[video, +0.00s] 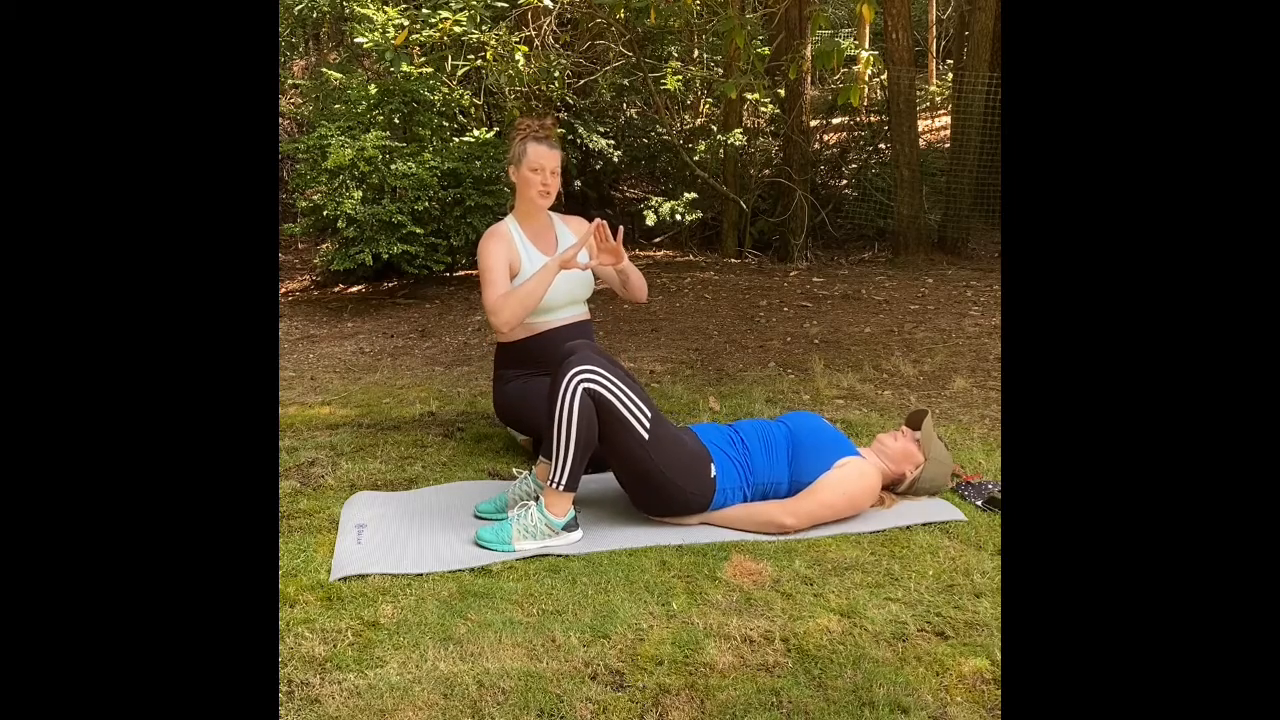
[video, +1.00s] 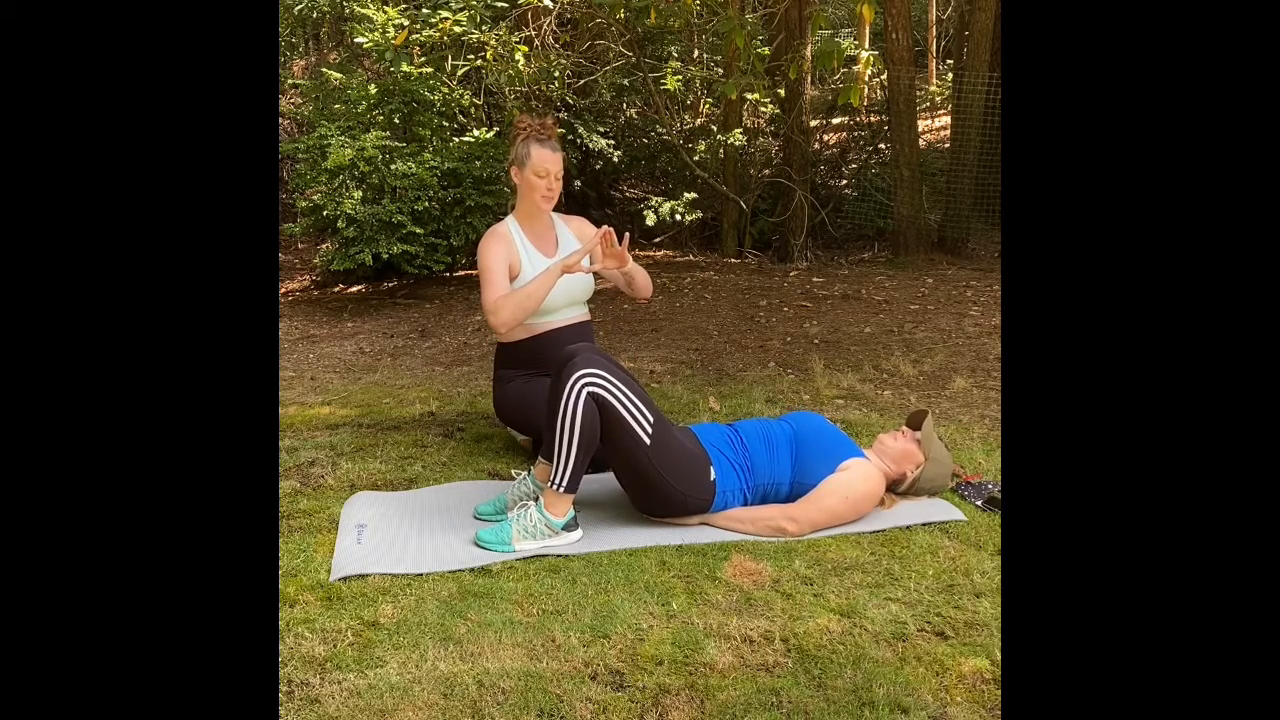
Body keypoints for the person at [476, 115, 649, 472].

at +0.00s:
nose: (548, 182)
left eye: (554, 173)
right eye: (537, 171)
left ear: (561, 178)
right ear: (513, 174)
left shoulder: (577, 229)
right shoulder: (497, 241)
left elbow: (638, 296)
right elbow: (502, 321)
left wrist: (623, 267)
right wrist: (554, 264)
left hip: (584, 363)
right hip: (523, 376)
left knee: (639, 438)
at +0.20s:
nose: (548, 182)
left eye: (556, 173)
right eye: (538, 170)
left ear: (562, 178)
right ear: (514, 173)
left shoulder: (578, 229)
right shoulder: (498, 241)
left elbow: (638, 296)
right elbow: (501, 321)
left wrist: (624, 270)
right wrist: (555, 266)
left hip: (584, 364)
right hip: (523, 377)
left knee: (639, 441)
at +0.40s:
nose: (549, 182)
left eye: (556, 173)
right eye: (539, 171)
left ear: (563, 177)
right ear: (515, 173)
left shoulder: (579, 229)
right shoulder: (498, 242)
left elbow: (640, 295)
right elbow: (502, 321)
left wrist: (625, 268)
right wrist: (556, 266)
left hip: (584, 364)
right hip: (523, 377)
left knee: (636, 441)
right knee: (596, 442)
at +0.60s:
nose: (549, 182)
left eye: (556, 173)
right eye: (538, 172)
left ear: (563, 177)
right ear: (515, 174)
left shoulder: (579, 229)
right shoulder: (498, 242)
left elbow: (641, 294)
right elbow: (502, 321)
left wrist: (626, 269)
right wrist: (555, 267)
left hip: (584, 364)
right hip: (523, 377)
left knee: (640, 438)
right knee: (602, 446)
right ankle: (541, 450)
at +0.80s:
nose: (551, 185)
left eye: (557, 176)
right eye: (541, 175)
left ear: (563, 178)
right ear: (515, 175)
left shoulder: (579, 229)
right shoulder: (498, 243)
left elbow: (642, 293)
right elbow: (501, 321)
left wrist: (626, 268)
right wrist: (556, 267)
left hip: (584, 364)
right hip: (523, 377)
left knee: (640, 439)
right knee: (601, 445)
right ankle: (541, 450)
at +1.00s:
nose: (552, 186)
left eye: (558, 176)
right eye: (541, 176)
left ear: (564, 177)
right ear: (515, 175)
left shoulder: (578, 229)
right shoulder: (497, 243)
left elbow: (643, 293)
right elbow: (500, 321)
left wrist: (627, 269)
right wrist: (556, 269)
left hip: (584, 364)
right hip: (523, 377)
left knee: (643, 439)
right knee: (606, 447)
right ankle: (541, 451)